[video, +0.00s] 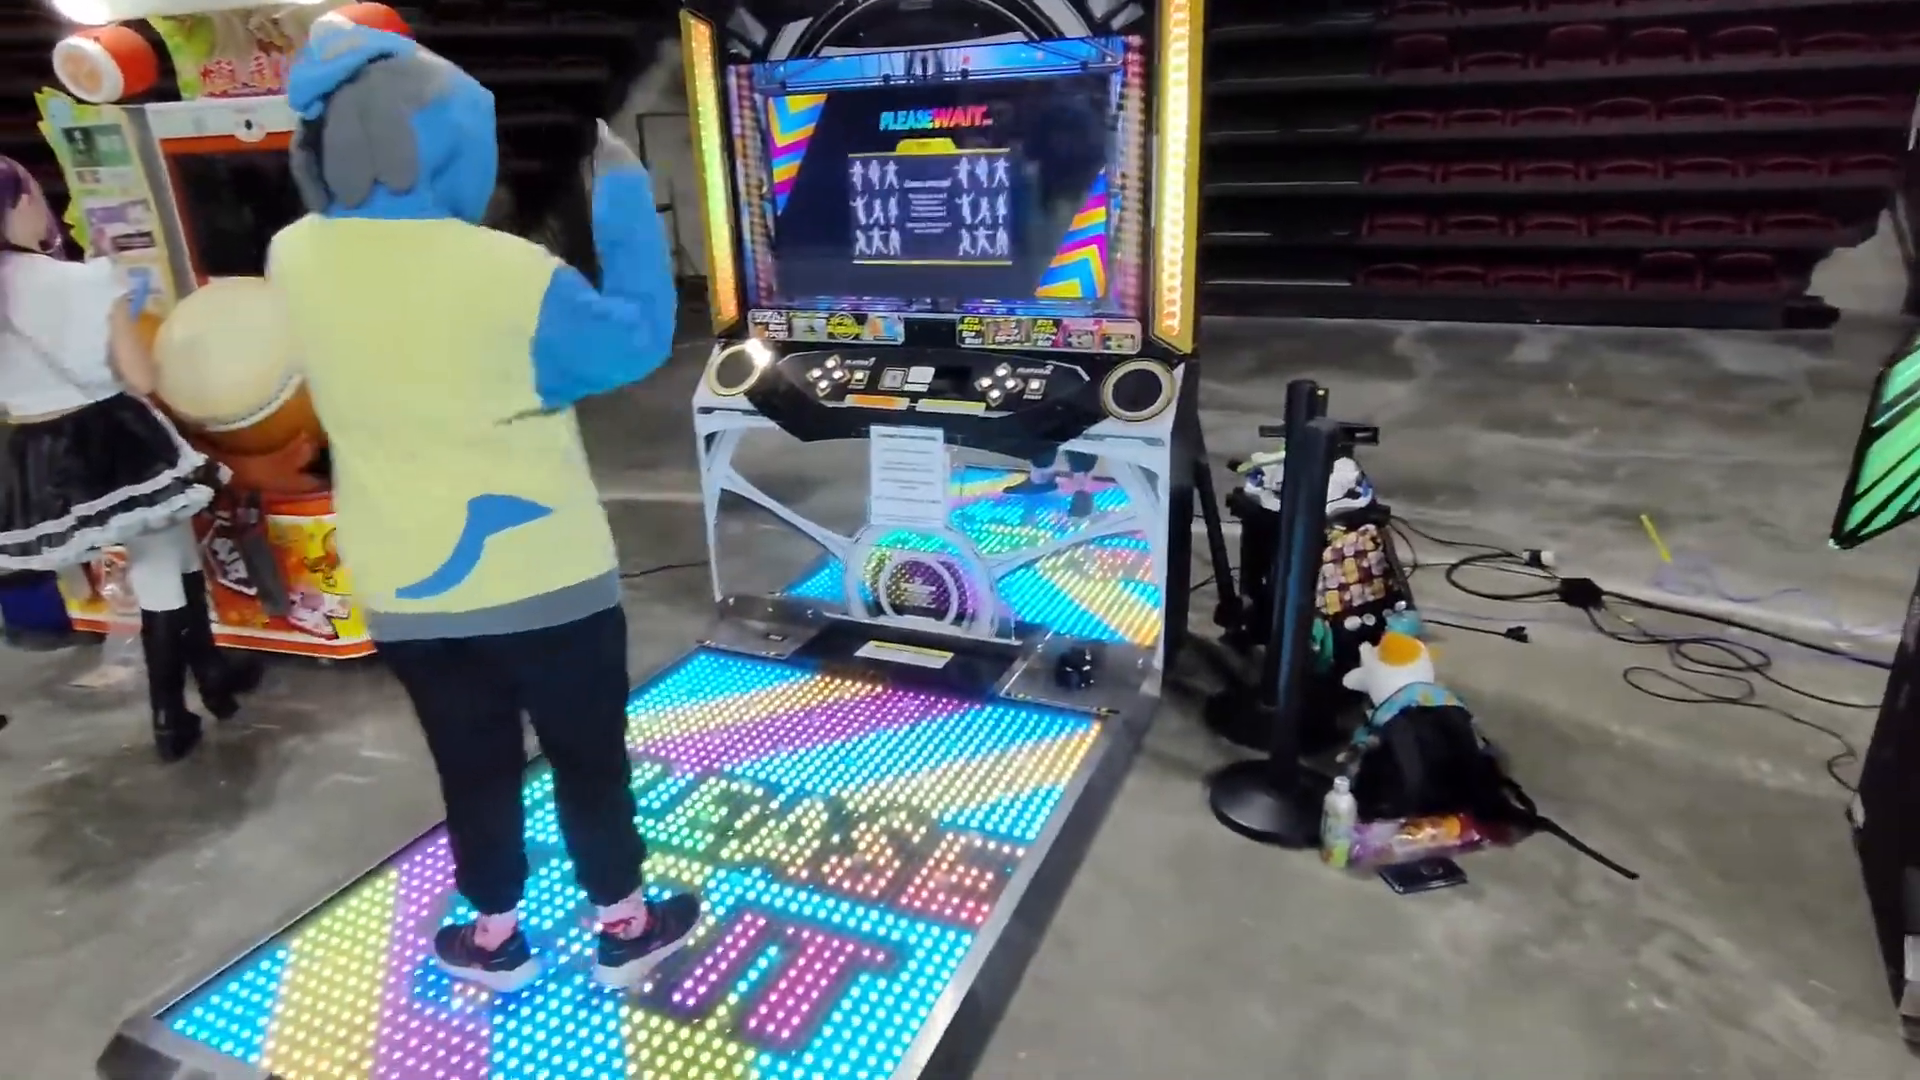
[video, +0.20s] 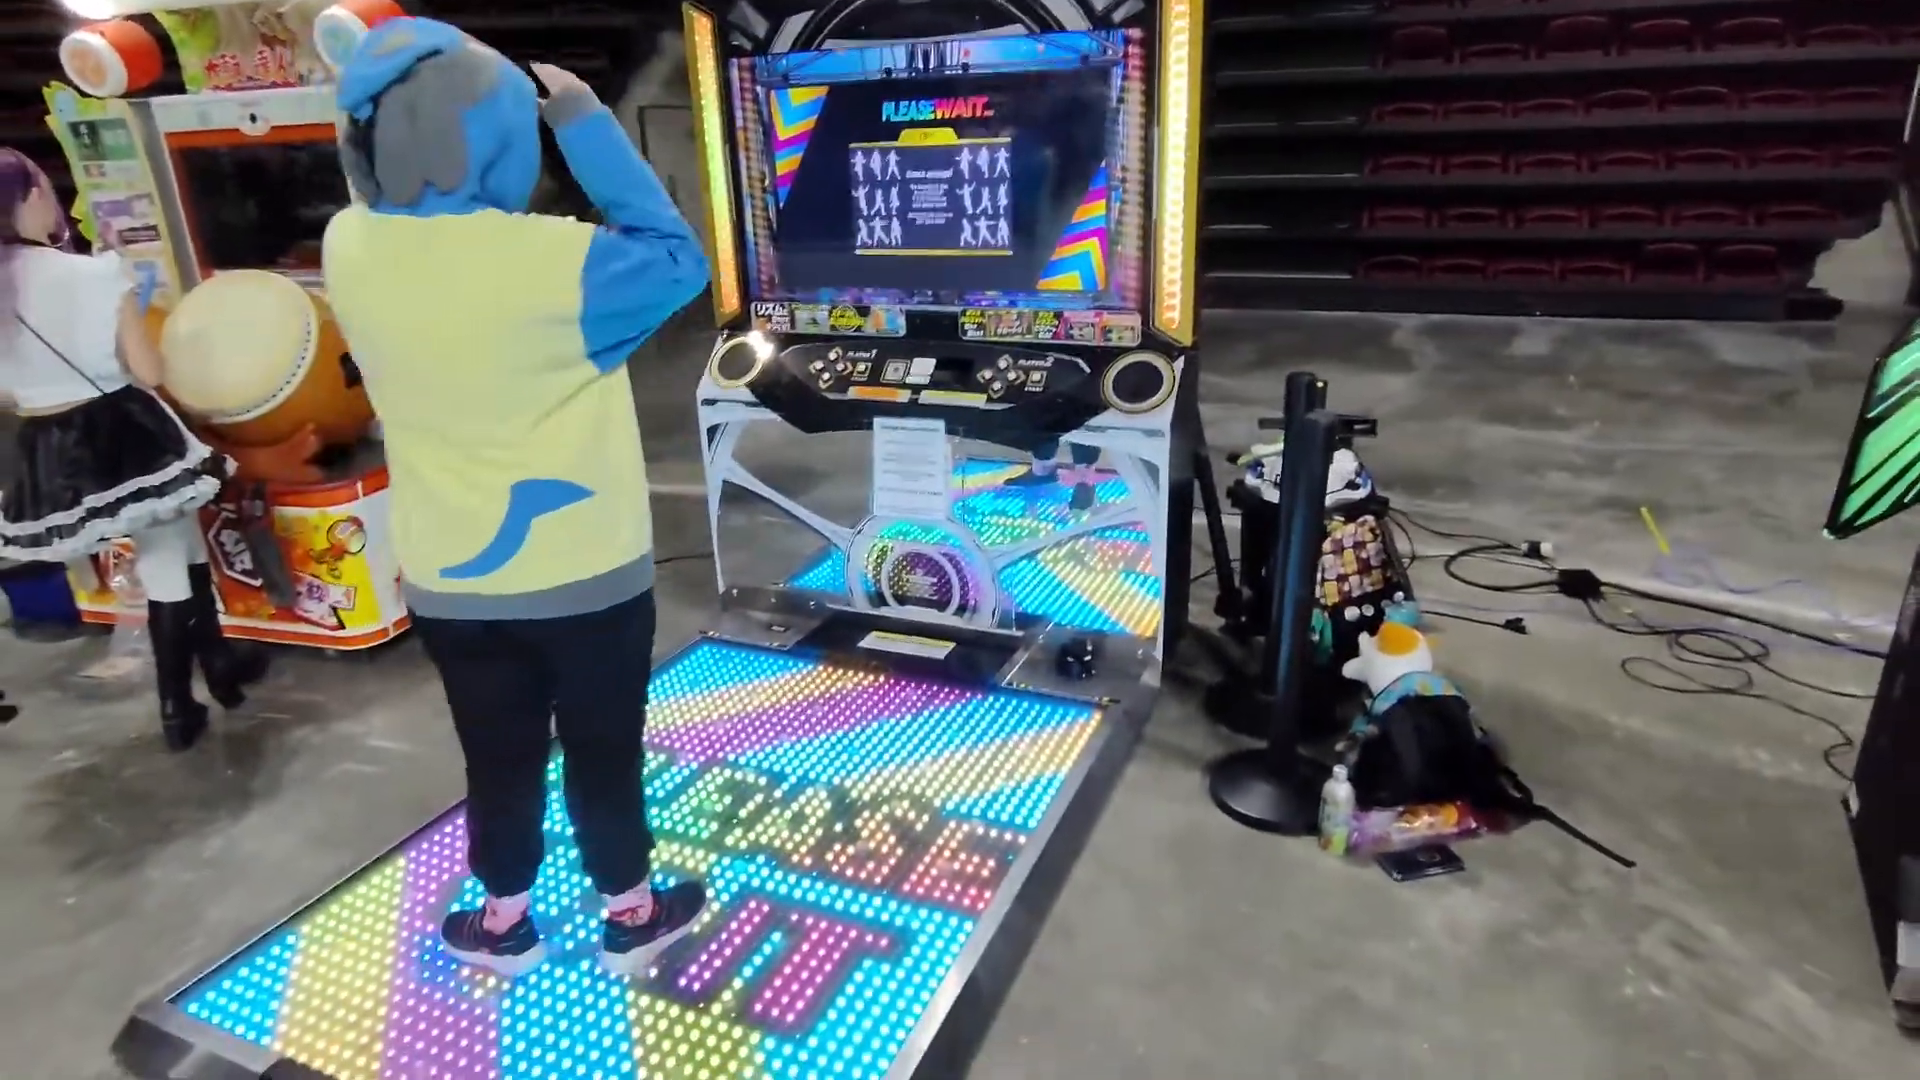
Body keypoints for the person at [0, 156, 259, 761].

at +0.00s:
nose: (46, 211)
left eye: (41, 199)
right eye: (38, 199)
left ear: (3, 211)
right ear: (15, 206)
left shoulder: (5, 283)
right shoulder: (84, 281)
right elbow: (139, 377)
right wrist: (125, 317)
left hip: (35, 450)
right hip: (108, 441)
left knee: (170, 539)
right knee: (159, 564)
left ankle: (212, 671)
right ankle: (170, 718)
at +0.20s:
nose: (55, 201)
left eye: (49, 191)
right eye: (47, 192)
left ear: (3, 208)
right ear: (28, 199)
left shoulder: (4, 282)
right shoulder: (97, 273)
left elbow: (11, 388)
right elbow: (147, 371)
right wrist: (132, 310)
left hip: (48, 446)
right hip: (122, 435)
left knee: (175, 529)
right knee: (164, 559)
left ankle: (218, 659)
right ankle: (176, 707)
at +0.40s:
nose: (64, 197)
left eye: (58, 187)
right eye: (55, 188)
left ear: (10, 206)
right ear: (32, 198)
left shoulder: (5, 283)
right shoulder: (105, 270)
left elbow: (9, 389)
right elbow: (155, 367)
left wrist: (54, 389)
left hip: (60, 441)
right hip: (131, 428)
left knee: (182, 533)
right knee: (172, 555)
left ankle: (229, 655)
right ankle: (187, 704)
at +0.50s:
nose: (65, 195)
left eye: (59, 184)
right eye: (57, 185)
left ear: (11, 204)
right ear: (33, 196)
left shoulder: (5, 283)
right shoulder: (106, 267)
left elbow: (10, 389)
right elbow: (156, 365)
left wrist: (58, 386)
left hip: (62, 440)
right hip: (134, 426)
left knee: (181, 533)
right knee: (175, 550)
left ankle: (233, 654)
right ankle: (190, 702)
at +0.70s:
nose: (49, 204)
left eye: (43, 192)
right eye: (42, 193)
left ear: (6, 202)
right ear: (21, 198)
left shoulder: (5, 278)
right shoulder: (87, 272)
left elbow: (11, 389)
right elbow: (144, 369)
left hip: (37, 445)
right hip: (112, 433)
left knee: (169, 536)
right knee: (163, 553)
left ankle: (218, 661)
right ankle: (178, 708)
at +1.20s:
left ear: (7, 241)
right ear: (8, 234)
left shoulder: (32, 281)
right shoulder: (35, 280)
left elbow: (85, 378)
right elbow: (87, 378)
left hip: (11, 463)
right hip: (61, 452)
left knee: (108, 552)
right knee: (102, 560)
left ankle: (159, 678)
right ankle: (115, 722)